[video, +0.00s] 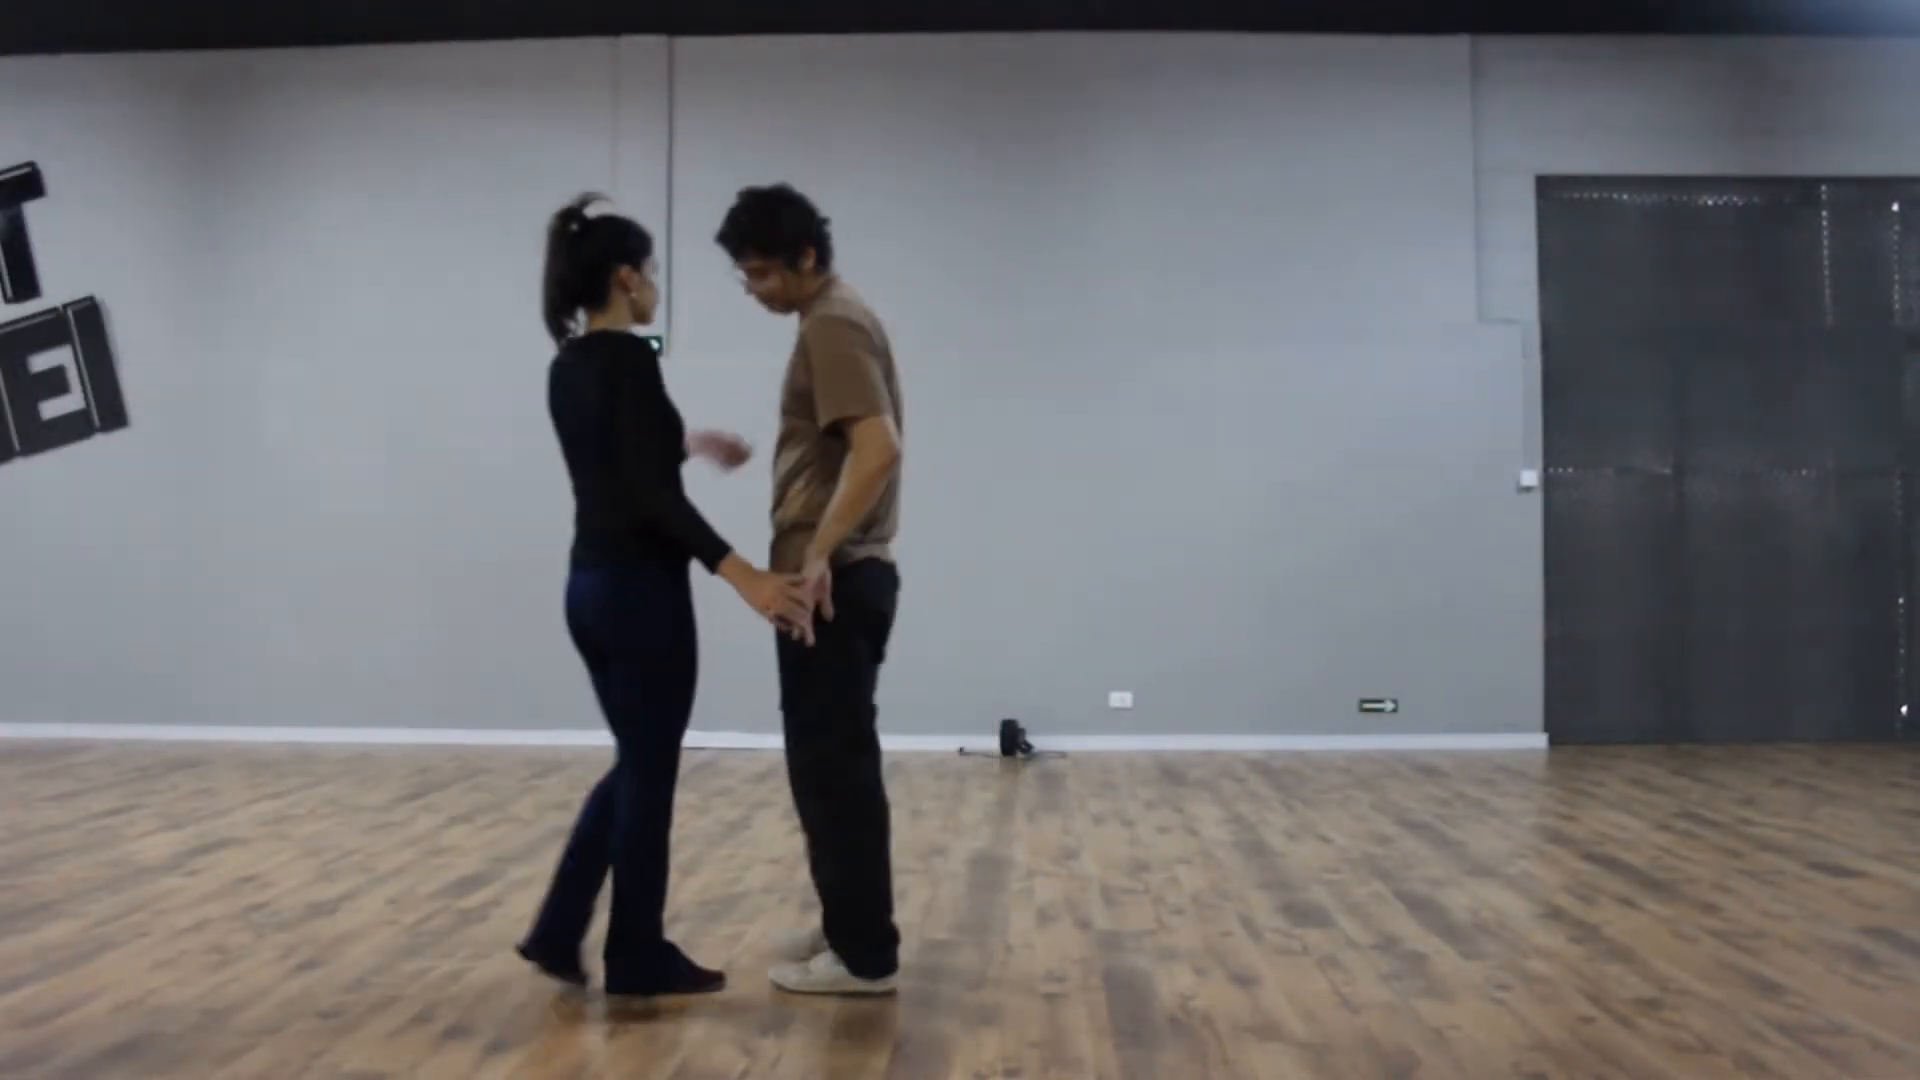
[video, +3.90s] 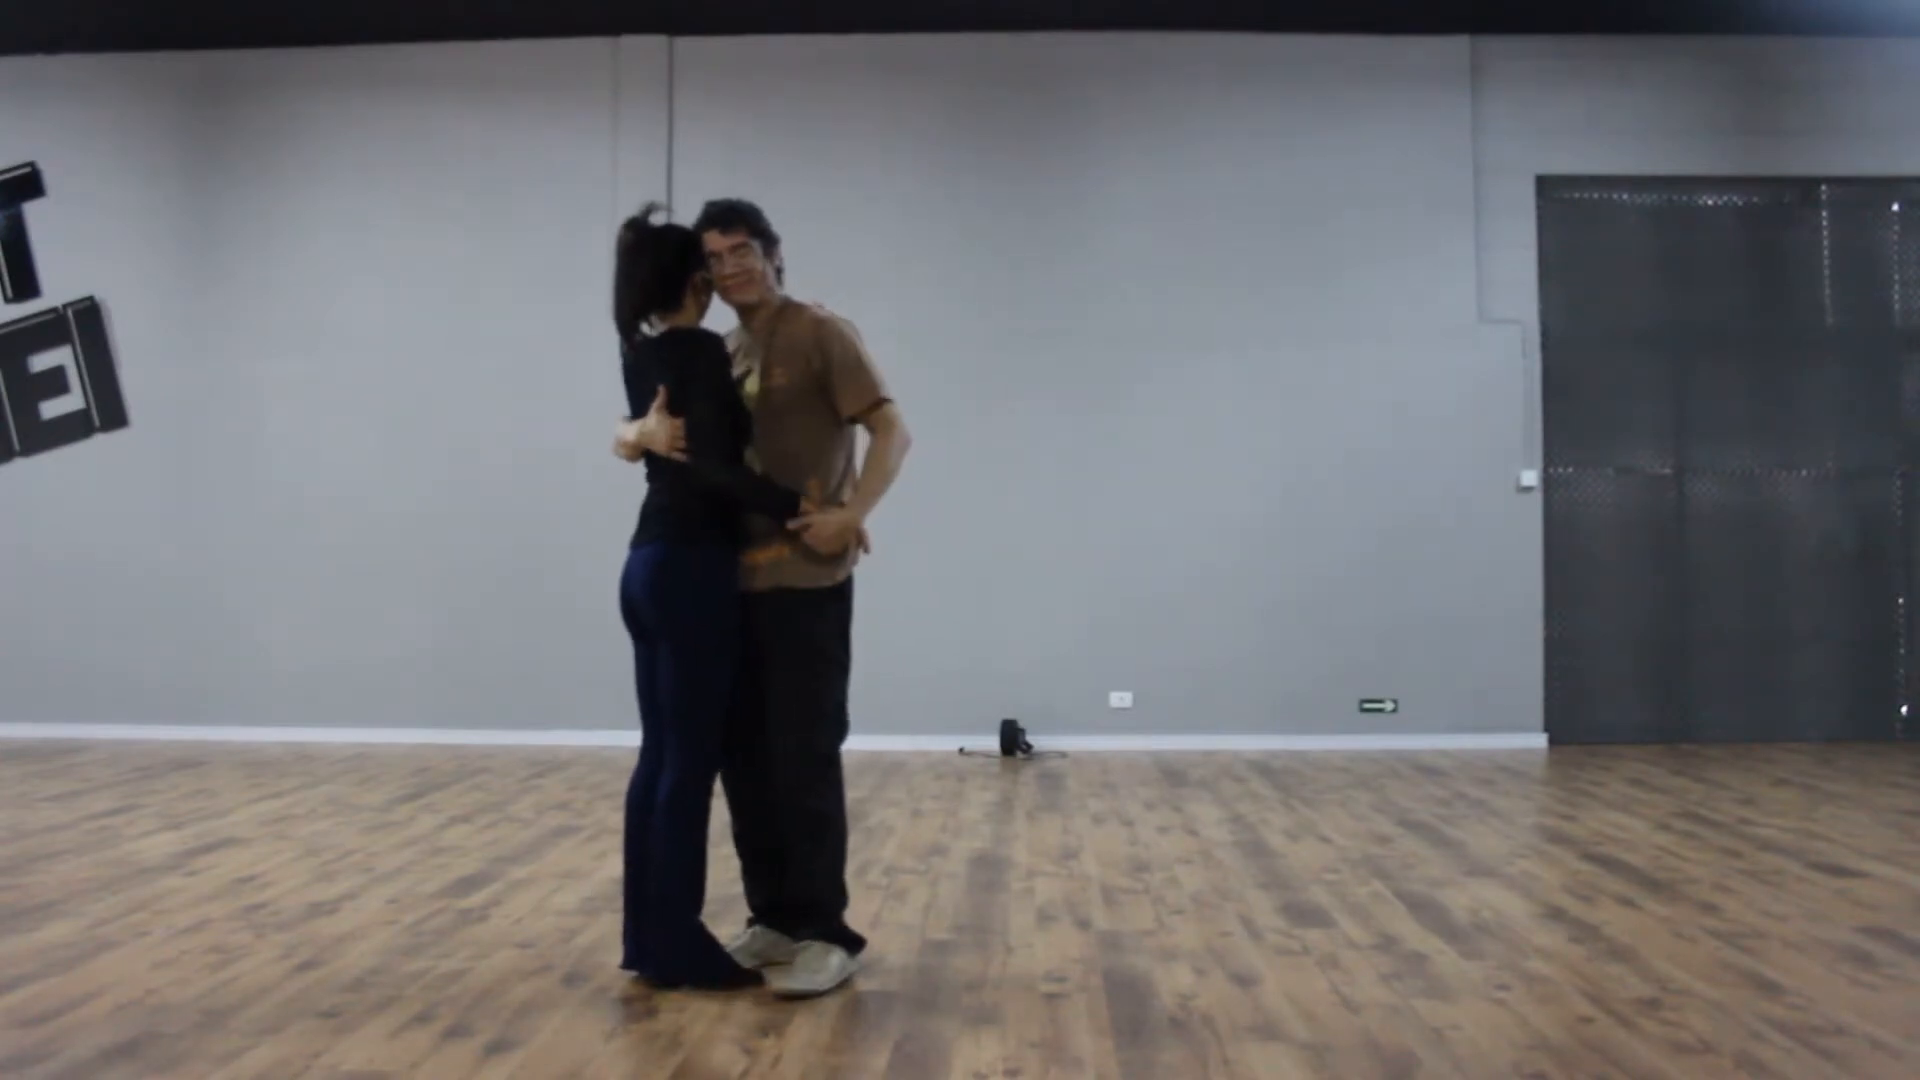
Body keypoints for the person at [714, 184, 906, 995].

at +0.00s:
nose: (750, 289)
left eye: (757, 273)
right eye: (745, 275)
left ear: (803, 259)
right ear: (797, 261)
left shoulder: (836, 327)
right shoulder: (831, 320)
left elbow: (876, 446)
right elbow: (860, 447)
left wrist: (818, 551)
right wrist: (805, 547)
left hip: (838, 579)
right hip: (832, 577)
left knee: (832, 764)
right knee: (829, 760)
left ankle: (864, 952)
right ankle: (848, 925)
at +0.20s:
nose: (742, 289)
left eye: (752, 274)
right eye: (736, 275)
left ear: (799, 262)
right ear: (763, 265)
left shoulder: (835, 331)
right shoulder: (798, 333)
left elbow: (882, 448)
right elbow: (776, 443)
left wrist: (825, 552)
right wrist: (727, 530)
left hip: (833, 577)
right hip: (796, 574)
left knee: (834, 758)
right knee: (777, 747)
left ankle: (865, 954)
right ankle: (791, 922)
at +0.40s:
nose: (733, 289)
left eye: (745, 275)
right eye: (727, 276)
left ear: (789, 263)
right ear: (731, 268)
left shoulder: (828, 331)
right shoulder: (759, 339)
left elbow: (880, 443)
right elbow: (729, 418)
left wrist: (827, 547)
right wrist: (679, 471)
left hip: (815, 578)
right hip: (765, 573)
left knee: (822, 756)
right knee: (754, 749)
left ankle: (864, 947)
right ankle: (775, 921)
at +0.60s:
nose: (725, 276)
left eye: (739, 261)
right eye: (714, 264)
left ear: (776, 259)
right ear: (705, 266)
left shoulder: (813, 327)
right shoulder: (718, 350)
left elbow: (865, 433)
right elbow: (652, 430)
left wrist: (822, 531)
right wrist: (560, 475)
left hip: (796, 569)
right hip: (740, 568)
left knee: (791, 750)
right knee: (740, 748)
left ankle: (858, 940)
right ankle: (775, 923)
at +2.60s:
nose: (754, 264)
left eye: (765, 246)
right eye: (738, 253)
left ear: (798, 249)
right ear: (728, 267)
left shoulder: (843, 326)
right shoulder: (735, 349)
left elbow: (942, 396)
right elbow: (646, 450)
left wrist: (926, 511)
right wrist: (666, 432)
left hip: (841, 587)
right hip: (761, 589)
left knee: (833, 767)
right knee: (756, 761)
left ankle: (822, 942)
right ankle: (773, 922)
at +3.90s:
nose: (732, 268)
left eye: (743, 252)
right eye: (717, 260)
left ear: (774, 255)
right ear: (706, 275)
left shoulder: (821, 335)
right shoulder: (715, 352)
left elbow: (890, 433)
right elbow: (626, 438)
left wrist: (851, 515)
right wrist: (640, 436)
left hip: (806, 580)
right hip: (737, 581)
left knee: (804, 757)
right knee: (745, 759)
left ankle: (827, 936)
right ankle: (774, 922)